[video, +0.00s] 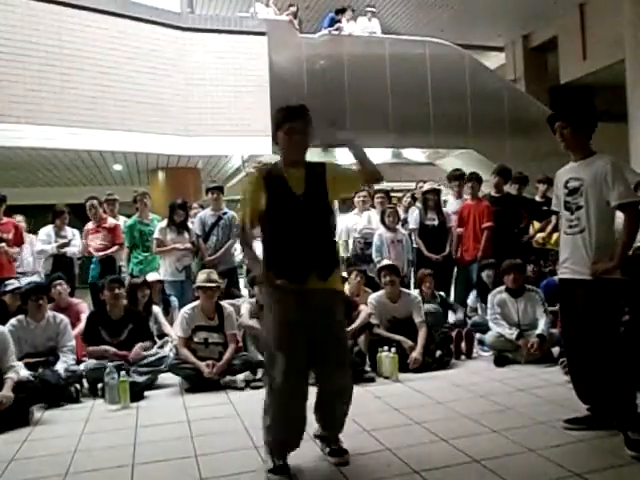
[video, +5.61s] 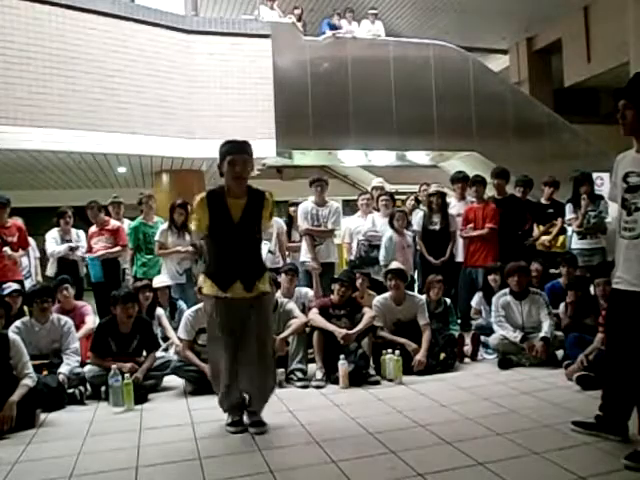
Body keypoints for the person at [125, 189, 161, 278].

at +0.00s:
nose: (144, 202)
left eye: (146, 199)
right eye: (140, 200)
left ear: (150, 202)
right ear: (136, 205)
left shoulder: (157, 221)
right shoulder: (131, 224)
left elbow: (161, 243)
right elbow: (127, 247)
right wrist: (124, 267)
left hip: (155, 266)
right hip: (137, 267)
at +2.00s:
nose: (148, 204)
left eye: (149, 201)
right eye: (144, 202)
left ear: (154, 204)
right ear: (139, 206)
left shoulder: (161, 222)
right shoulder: (134, 226)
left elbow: (165, 245)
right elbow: (131, 249)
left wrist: (168, 266)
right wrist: (130, 271)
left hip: (159, 268)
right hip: (142, 269)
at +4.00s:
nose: (148, 204)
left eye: (150, 200)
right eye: (144, 202)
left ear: (154, 204)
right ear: (140, 206)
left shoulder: (160, 224)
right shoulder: (134, 227)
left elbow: (164, 247)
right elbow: (131, 249)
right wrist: (129, 270)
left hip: (159, 269)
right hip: (141, 270)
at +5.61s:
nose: (150, 205)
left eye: (152, 202)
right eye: (147, 203)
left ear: (155, 204)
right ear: (141, 206)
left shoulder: (161, 223)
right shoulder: (135, 226)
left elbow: (164, 245)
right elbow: (131, 249)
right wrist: (129, 269)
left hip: (159, 268)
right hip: (142, 269)